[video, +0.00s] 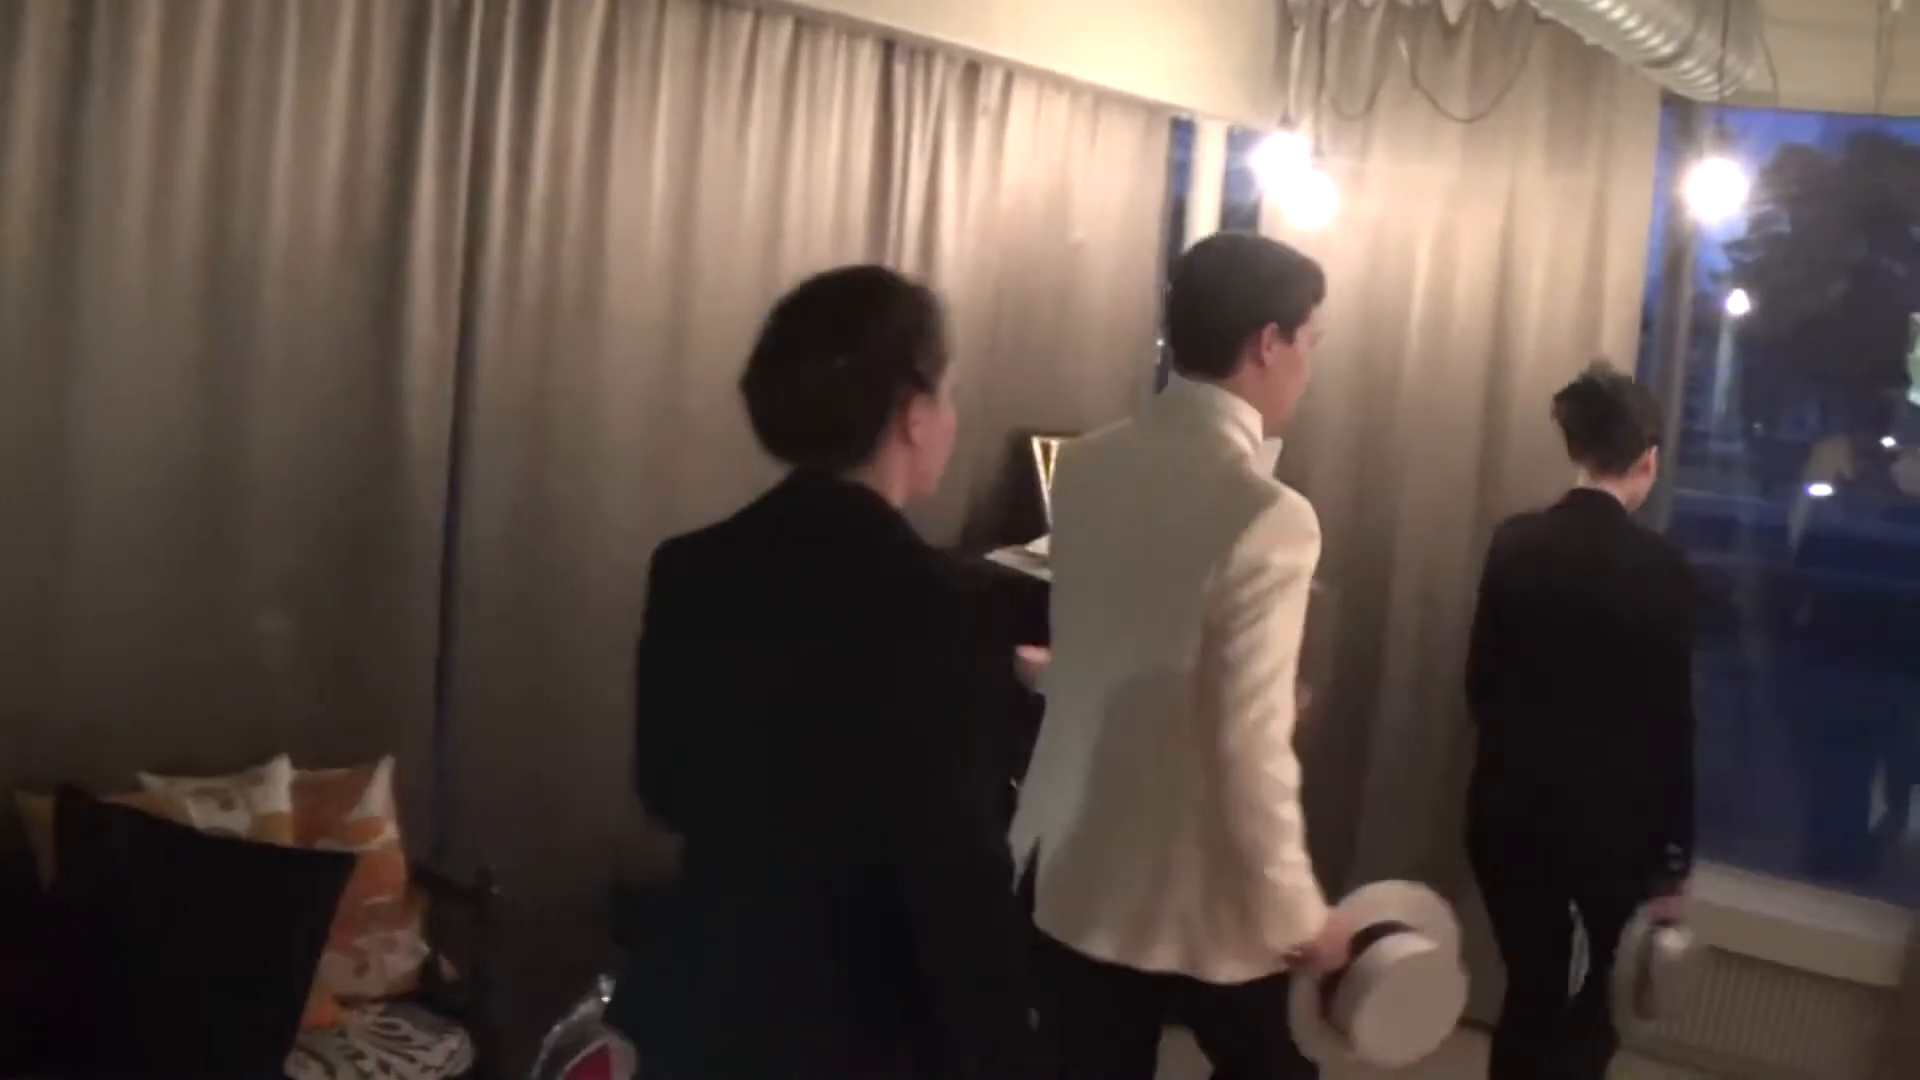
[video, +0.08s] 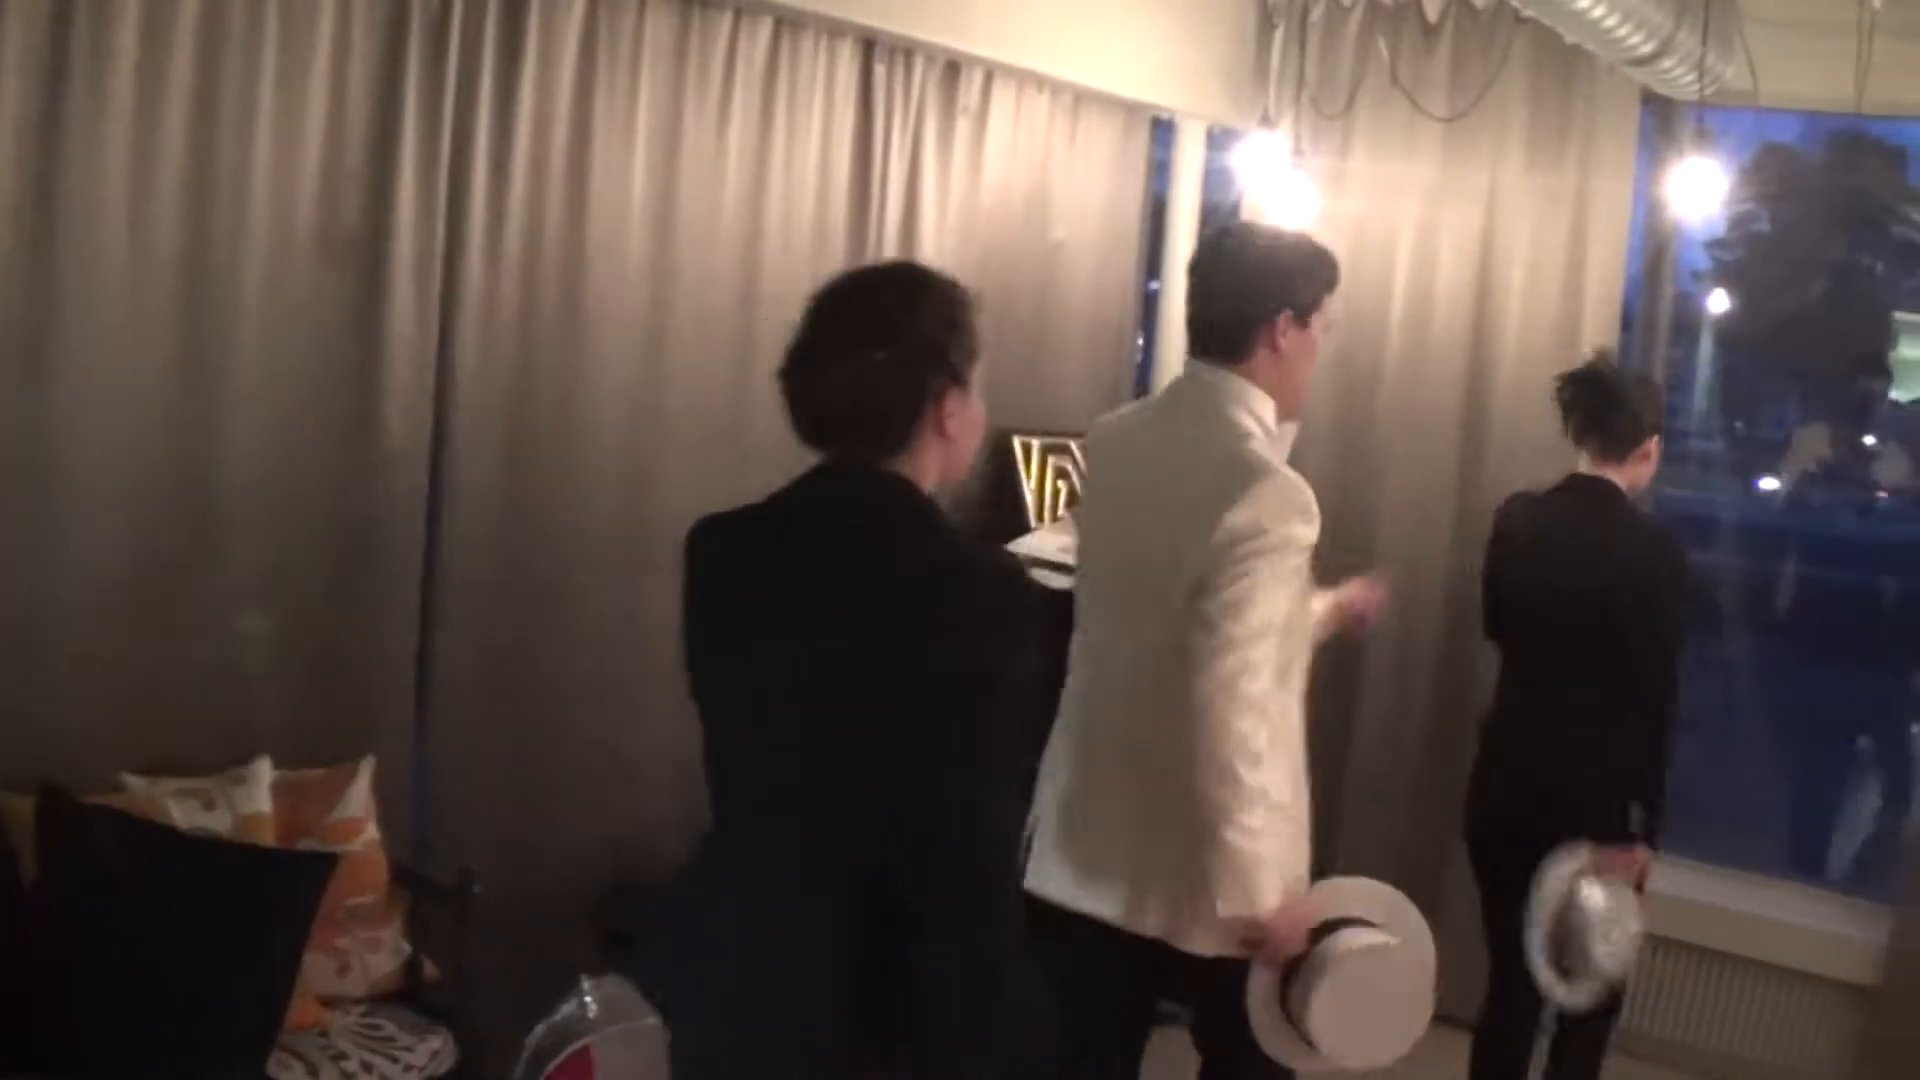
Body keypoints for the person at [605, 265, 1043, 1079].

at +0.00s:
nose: (951, 420)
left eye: (948, 393)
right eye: (946, 394)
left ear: (786, 404)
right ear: (910, 417)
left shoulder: (689, 568)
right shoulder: (940, 602)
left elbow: (669, 787)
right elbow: (959, 847)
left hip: (719, 973)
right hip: (884, 994)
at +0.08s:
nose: (979, 413)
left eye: (975, 385)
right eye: (975, 388)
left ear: (817, 395)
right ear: (944, 408)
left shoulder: (722, 551)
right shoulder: (995, 600)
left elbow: (741, 785)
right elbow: (983, 837)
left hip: (752, 943)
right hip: (920, 966)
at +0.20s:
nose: (1026, 434)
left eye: (1023, 408)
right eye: (1022, 410)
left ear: (865, 417)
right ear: (994, 430)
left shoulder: (771, 556)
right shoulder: (1048, 609)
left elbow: (795, 767)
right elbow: (1053, 813)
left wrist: (964, 533)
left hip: (790, 944)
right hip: (969, 965)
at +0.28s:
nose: (1056, 437)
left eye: (1053, 412)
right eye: (1052, 415)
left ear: (900, 421)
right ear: (1027, 435)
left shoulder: (809, 568)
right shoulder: (1088, 615)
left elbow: (811, 752)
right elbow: (1084, 791)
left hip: (828, 954)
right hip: (1010, 972)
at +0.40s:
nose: (1092, 440)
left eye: (1090, 416)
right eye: (1089, 418)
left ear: (946, 422)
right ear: (1060, 435)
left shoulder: (855, 572)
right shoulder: (1109, 608)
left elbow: (824, 783)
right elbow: (1116, 805)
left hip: (886, 956)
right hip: (1053, 968)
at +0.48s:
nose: (1106, 429)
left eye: (1103, 406)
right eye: (1103, 407)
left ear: (961, 417)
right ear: (1074, 425)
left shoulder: (878, 559)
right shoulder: (1109, 592)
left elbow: (805, 744)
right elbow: (1141, 789)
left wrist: (874, 872)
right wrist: (1252, 905)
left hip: (904, 948)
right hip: (1056, 962)